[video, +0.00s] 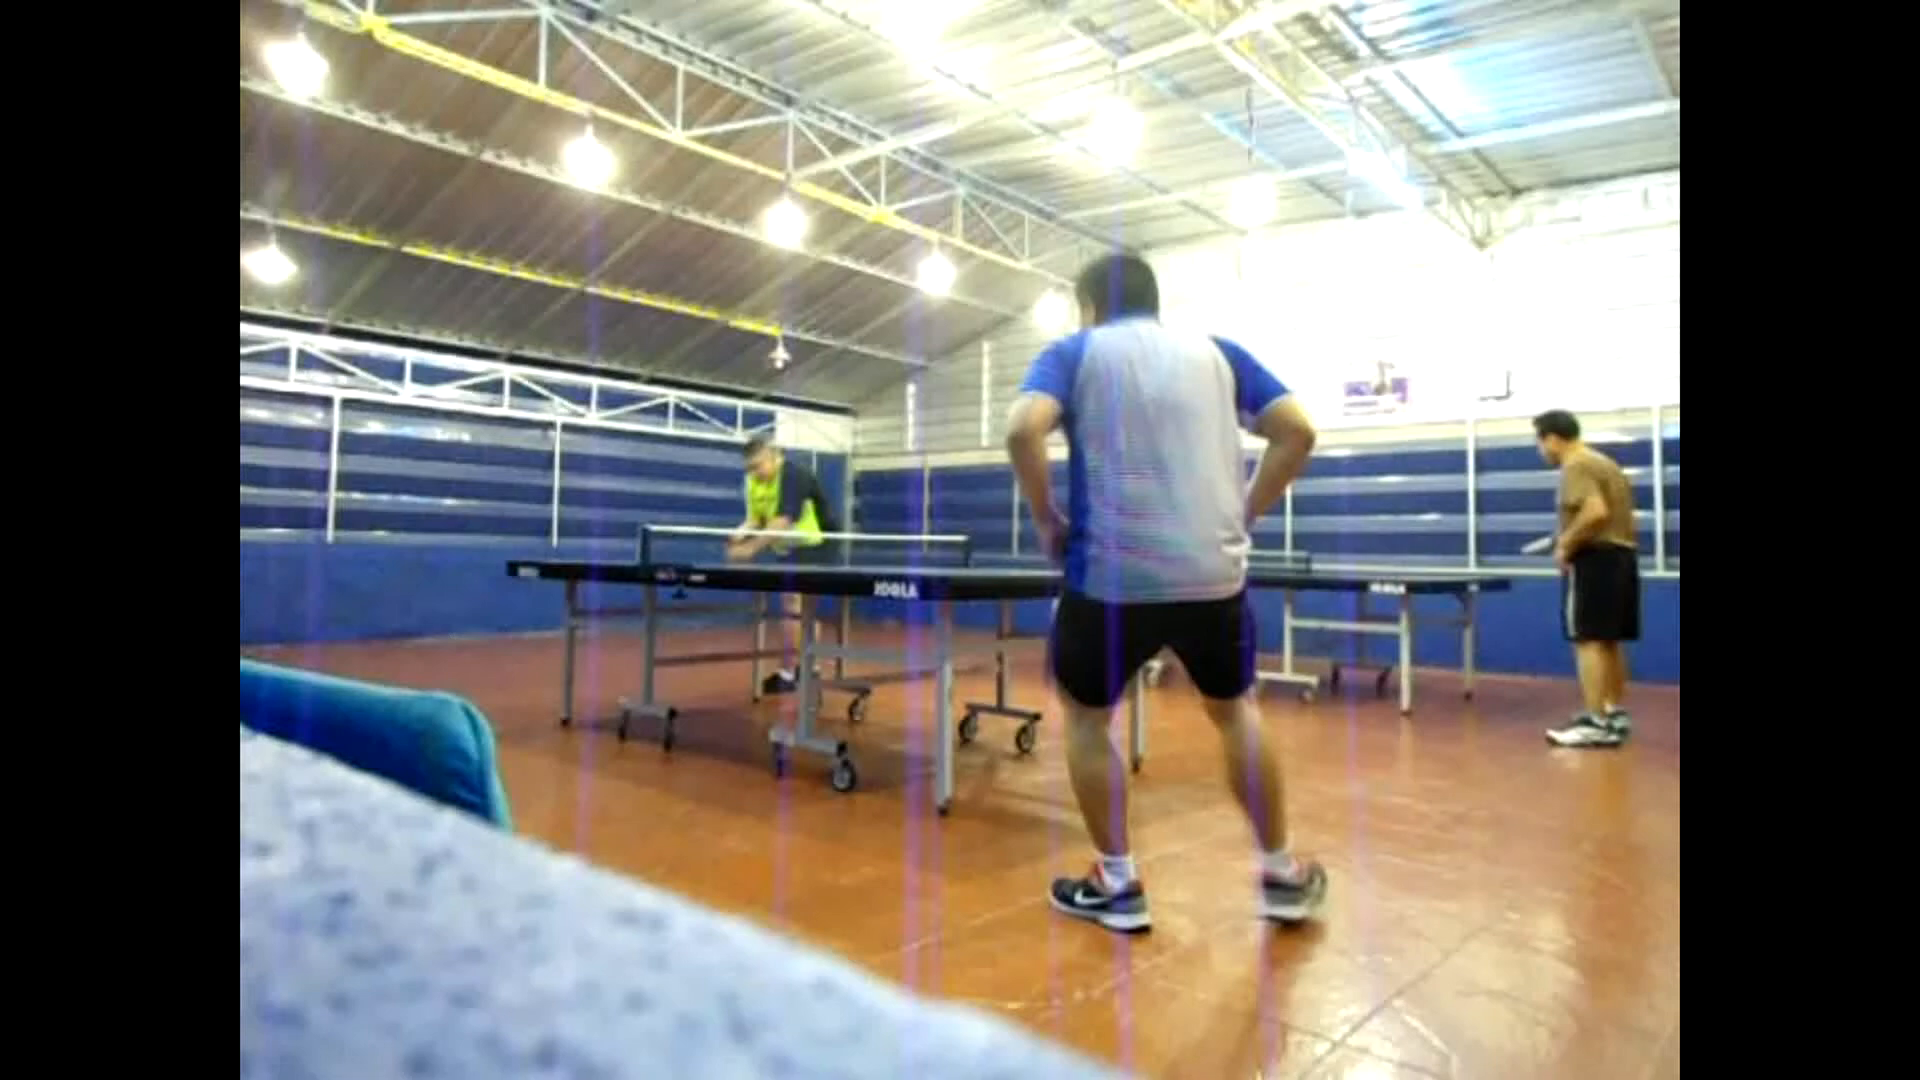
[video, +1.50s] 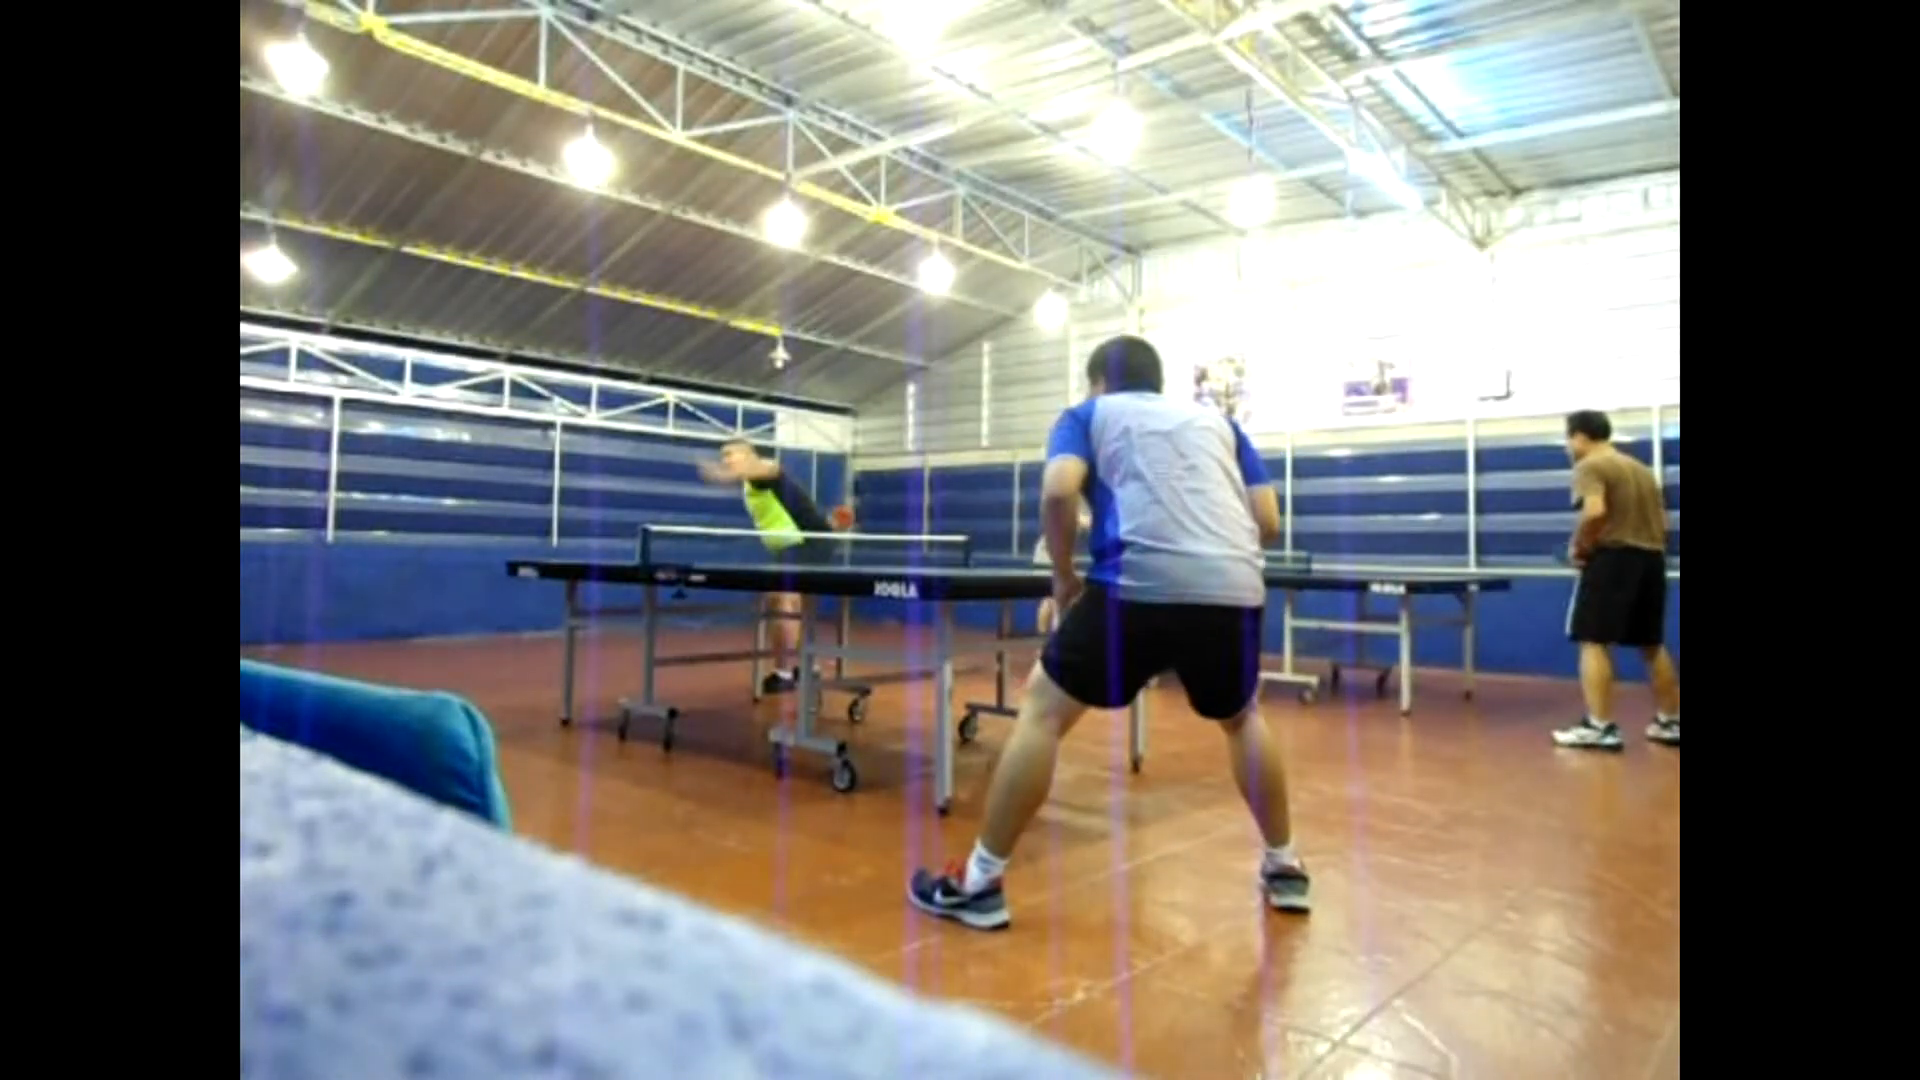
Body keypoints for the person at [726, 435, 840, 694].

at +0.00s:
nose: (756, 472)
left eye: (759, 465)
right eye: (751, 467)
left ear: (774, 457)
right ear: (748, 466)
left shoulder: (792, 475)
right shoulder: (754, 482)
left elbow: (785, 521)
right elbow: (755, 517)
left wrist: (751, 547)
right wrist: (739, 535)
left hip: (814, 545)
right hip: (786, 546)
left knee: (792, 603)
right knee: (804, 608)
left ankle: (790, 668)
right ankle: (810, 663)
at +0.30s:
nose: (742, 496)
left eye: (743, 489)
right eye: (737, 492)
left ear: (755, 475)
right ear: (732, 489)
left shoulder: (779, 485)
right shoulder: (740, 497)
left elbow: (767, 532)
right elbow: (743, 529)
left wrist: (723, 547)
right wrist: (721, 547)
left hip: (813, 546)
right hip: (785, 549)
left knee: (789, 603)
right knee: (788, 606)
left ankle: (787, 670)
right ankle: (795, 667)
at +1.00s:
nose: (719, 506)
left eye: (716, 500)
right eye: (714, 502)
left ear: (725, 486)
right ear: (725, 485)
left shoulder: (751, 492)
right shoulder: (751, 488)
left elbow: (728, 536)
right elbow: (739, 540)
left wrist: (690, 560)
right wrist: (710, 564)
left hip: (810, 547)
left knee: (782, 603)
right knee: (779, 604)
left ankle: (785, 672)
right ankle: (788, 669)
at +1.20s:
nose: (718, 486)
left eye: (717, 480)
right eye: (715, 483)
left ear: (727, 468)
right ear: (727, 474)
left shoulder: (753, 476)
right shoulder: (743, 488)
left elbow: (724, 498)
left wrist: (673, 495)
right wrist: (673, 495)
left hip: (805, 548)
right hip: (786, 551)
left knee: (783, 604)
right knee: (778, 605)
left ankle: (787, 671)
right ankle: (786, 668)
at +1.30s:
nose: (722, 479)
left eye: (724, 472)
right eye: (719, 473)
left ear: (736, 461)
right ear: (733, 464)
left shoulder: (759, 473)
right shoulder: (747, 482)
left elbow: (726, 477)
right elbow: (715, 472)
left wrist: (685, 458)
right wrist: (683, 456)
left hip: (806, 545)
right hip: (788, 548)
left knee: (784, 603)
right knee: (778, 604)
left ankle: (787, 671)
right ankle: (784, 668)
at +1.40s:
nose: (727, 469)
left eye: (732, 461)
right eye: (726, 462)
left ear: (748, 458)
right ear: (734, 466)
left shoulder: (763, 474)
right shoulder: (749, 487)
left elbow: (714, 459)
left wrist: (687, 444)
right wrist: (682, 442)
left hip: (807, 543)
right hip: (787, 547)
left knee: (786, 603)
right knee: (776, 603)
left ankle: (786, 670)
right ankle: (784, 667)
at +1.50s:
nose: (728, 462)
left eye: (732, 454)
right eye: (725, 457)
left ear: (749, 454)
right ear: (727, 461)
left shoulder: (770, 471)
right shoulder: (749, 485)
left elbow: (753, 471)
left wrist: (720, 474)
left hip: (806, 544)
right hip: (784, 548)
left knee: (788, 604)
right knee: (775, 606)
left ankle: (790, 669)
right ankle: (782, 668)